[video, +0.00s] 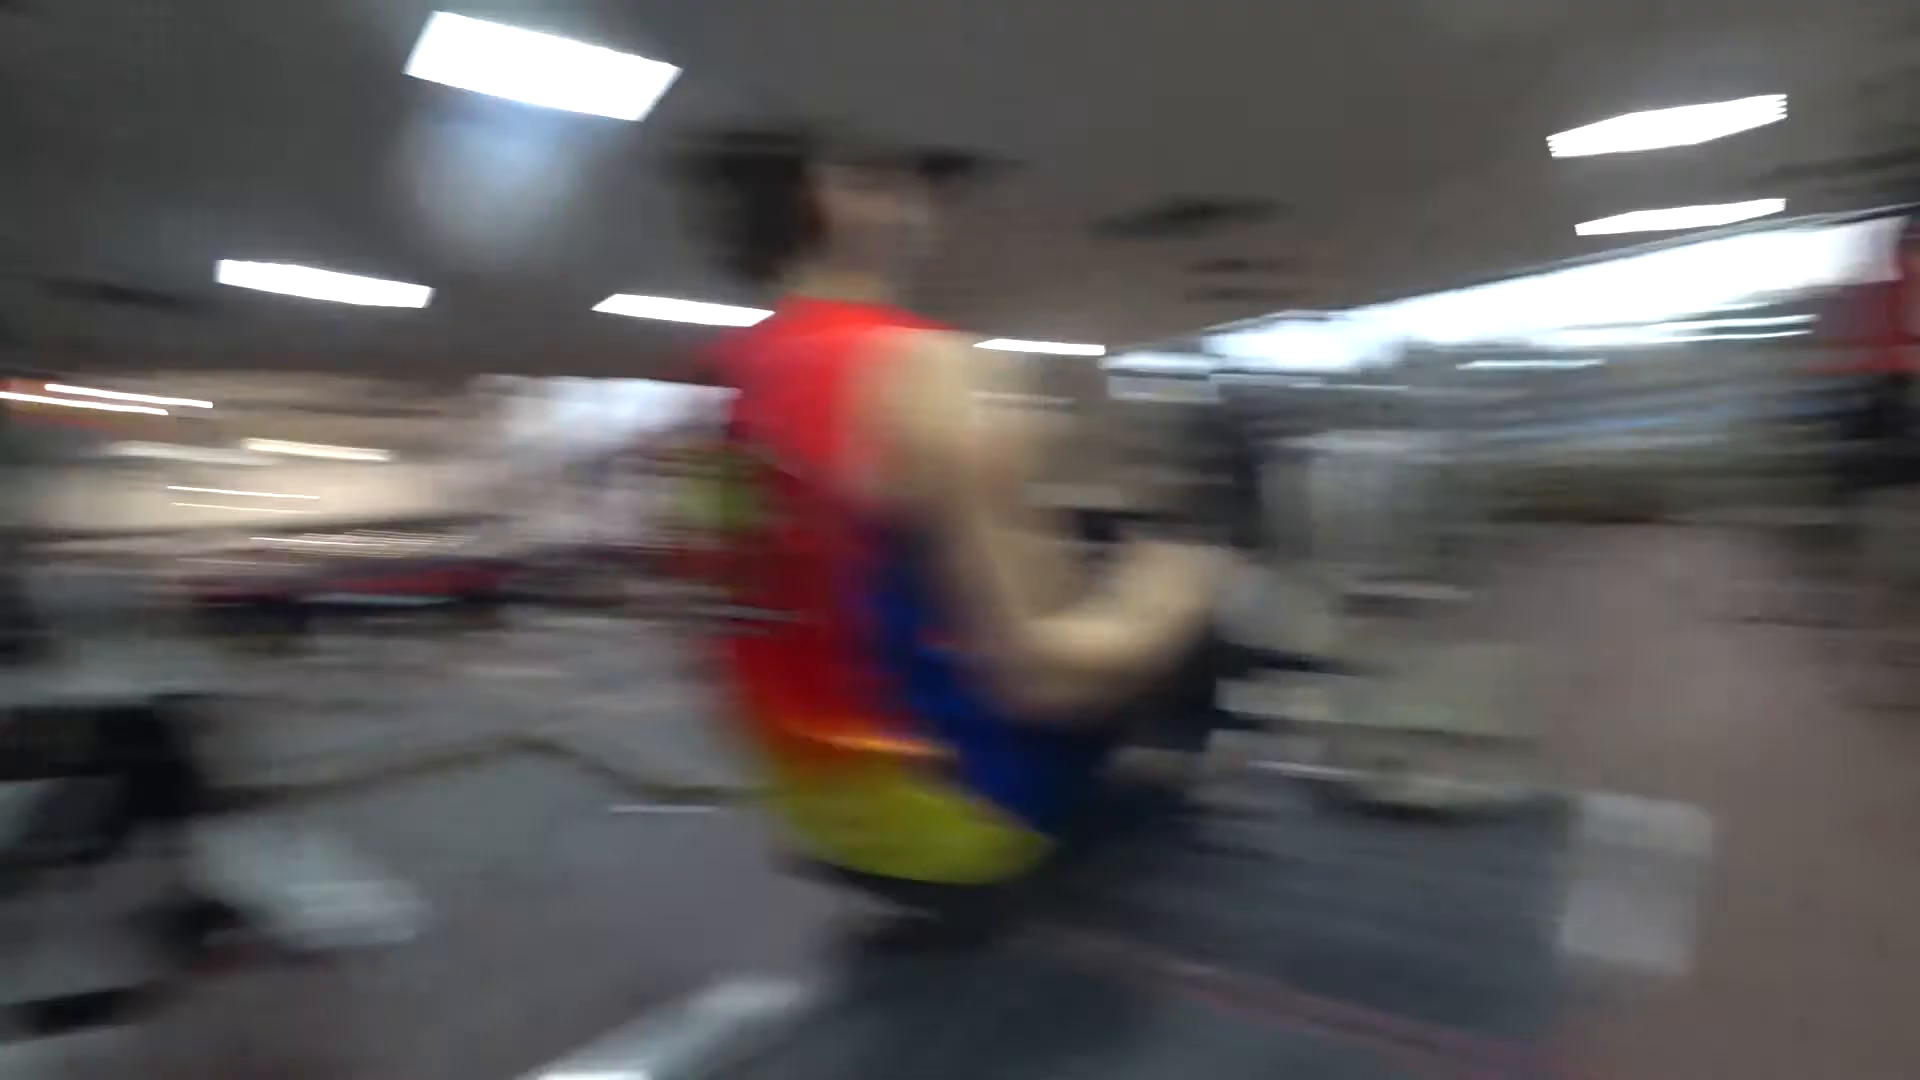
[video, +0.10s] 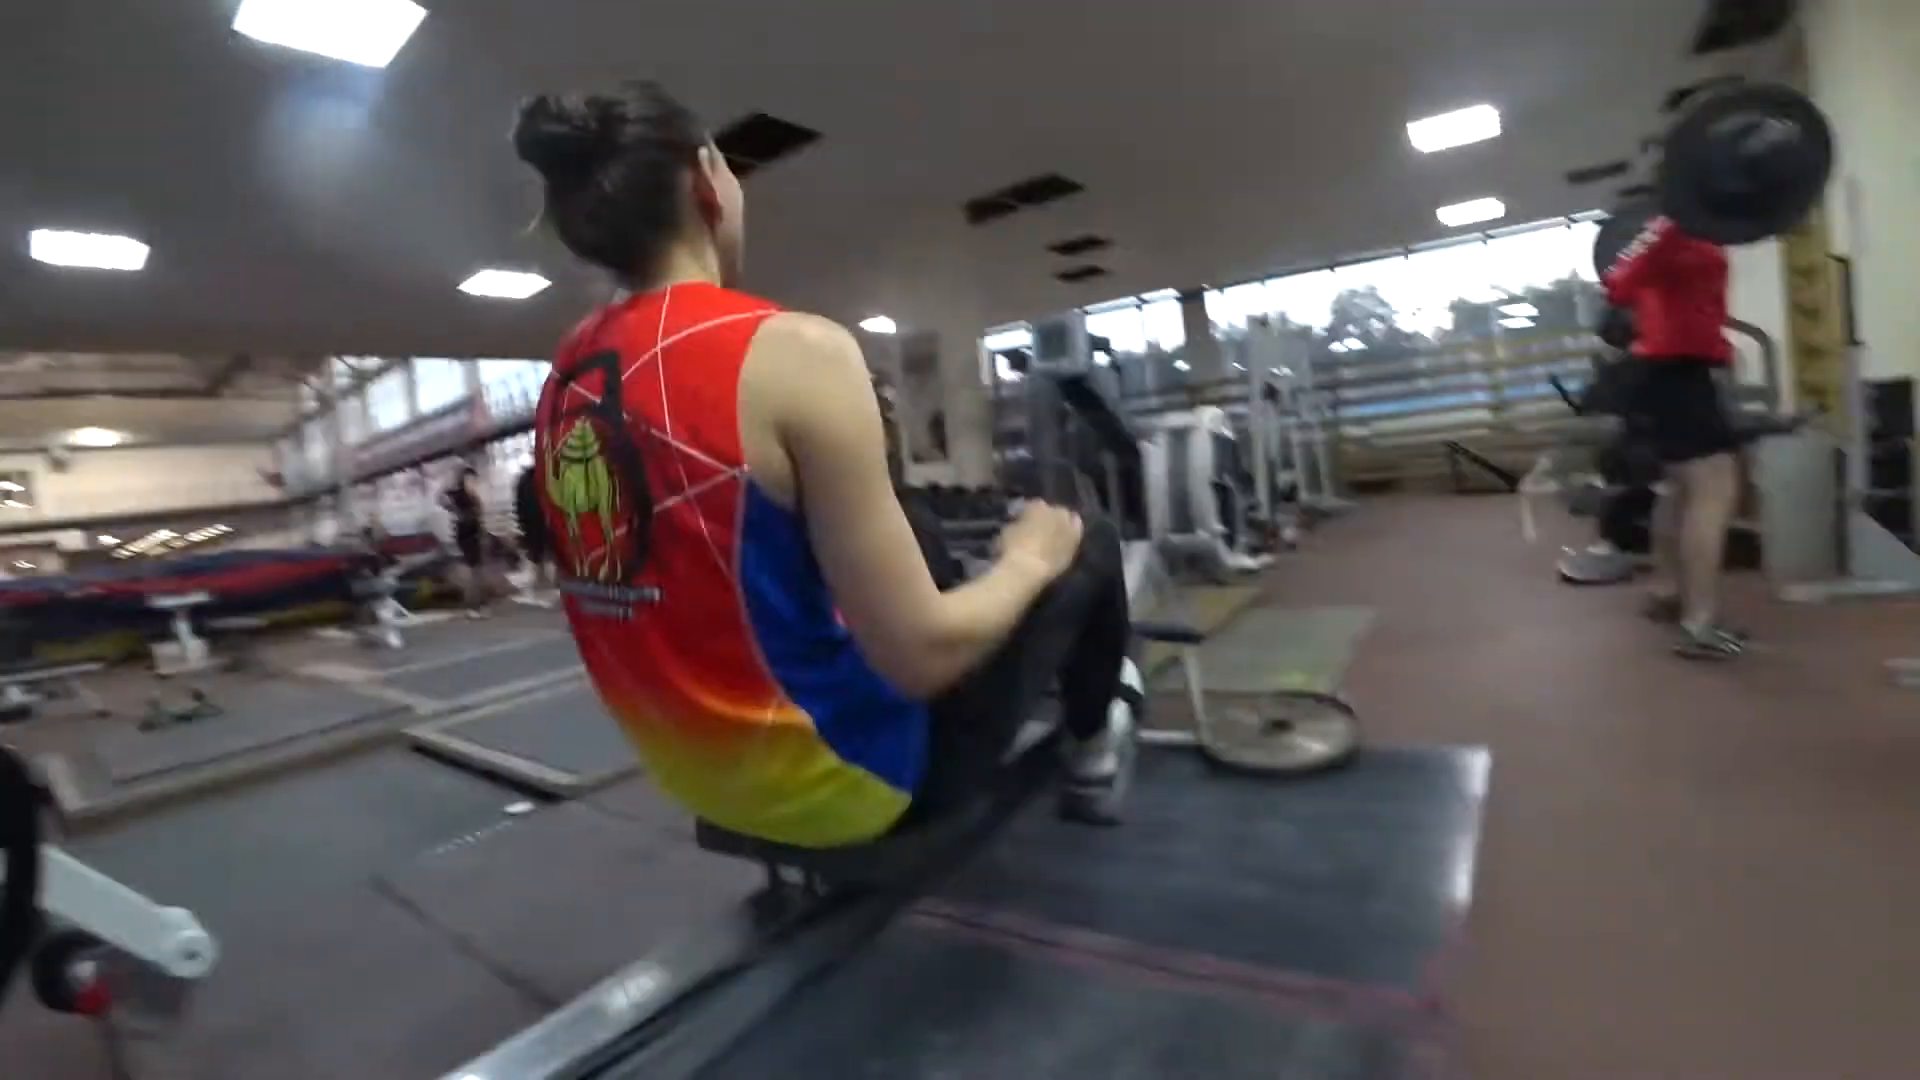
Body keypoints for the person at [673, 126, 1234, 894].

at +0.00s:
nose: (917, 217)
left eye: (908, 186)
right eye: (886, 186)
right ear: (825, 198)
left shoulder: (738, 372)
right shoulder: (915, 369)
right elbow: (1029, 665)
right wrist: (1168, 589)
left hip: (827, 815)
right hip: (956, 824)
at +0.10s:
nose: (737, 188)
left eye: (727, 165)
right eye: (726, 165)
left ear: (586, 231)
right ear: (706, 183)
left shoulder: (570, 375)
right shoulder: (797, 355)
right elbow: (921, 658)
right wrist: (1023, 564)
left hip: (717, 799)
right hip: (856, 807)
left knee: (920, 512)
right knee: (1084, 537)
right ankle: (1096, 747)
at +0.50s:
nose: (721, 201)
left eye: (714, 182)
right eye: (714, 183)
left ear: (587, 223)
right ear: (687, 203)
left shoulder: (549, 354)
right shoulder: (755, 363)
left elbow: (536, 548)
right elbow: (821, 625)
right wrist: (953, 553)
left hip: (643, 725)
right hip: (770, 738)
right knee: (1003, 535)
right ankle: (914, 754)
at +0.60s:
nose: (767, 224)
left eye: (764, 202)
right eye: (763, 201)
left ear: (635, 227)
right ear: (739, 207)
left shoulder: (589, 362)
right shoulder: (794, 367)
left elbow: (577, 527)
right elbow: (850, 627)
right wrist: (983, 559)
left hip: (672, 715)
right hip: (797, 732)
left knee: (872, 530)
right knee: (1050, 534)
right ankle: (936, 747)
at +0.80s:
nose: (790, 257)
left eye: (788, 237)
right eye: (787, 236)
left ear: (670, 251)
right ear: (761, 238)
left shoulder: (614, 375)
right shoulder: (808, 387)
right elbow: (851, 637)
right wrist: (987, 571)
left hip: (682, 722)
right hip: (804, 737)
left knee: (869, 547)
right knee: (1058, 544)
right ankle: (928, 761)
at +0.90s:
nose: (796, 268)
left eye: (794, 250)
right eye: (793, 248)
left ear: (677, 261)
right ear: (767, 249)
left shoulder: (619, 381)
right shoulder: (812, 393)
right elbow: (850, 641)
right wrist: (985, 577)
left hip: (680, 729)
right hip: (802, 745)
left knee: (870, 557)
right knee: (1056, 549)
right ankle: (927, 767)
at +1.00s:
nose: (797, 281)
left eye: (797, 263)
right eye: (795, 263)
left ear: (680, 273)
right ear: (768, 264)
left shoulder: (617, 388)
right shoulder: (812, 397)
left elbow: (599, 588)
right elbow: (846, 647)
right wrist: (979, 584)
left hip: (671, 738)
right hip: (798, 754)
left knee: (864, 565)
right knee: (1048, 558)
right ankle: (927, 777)